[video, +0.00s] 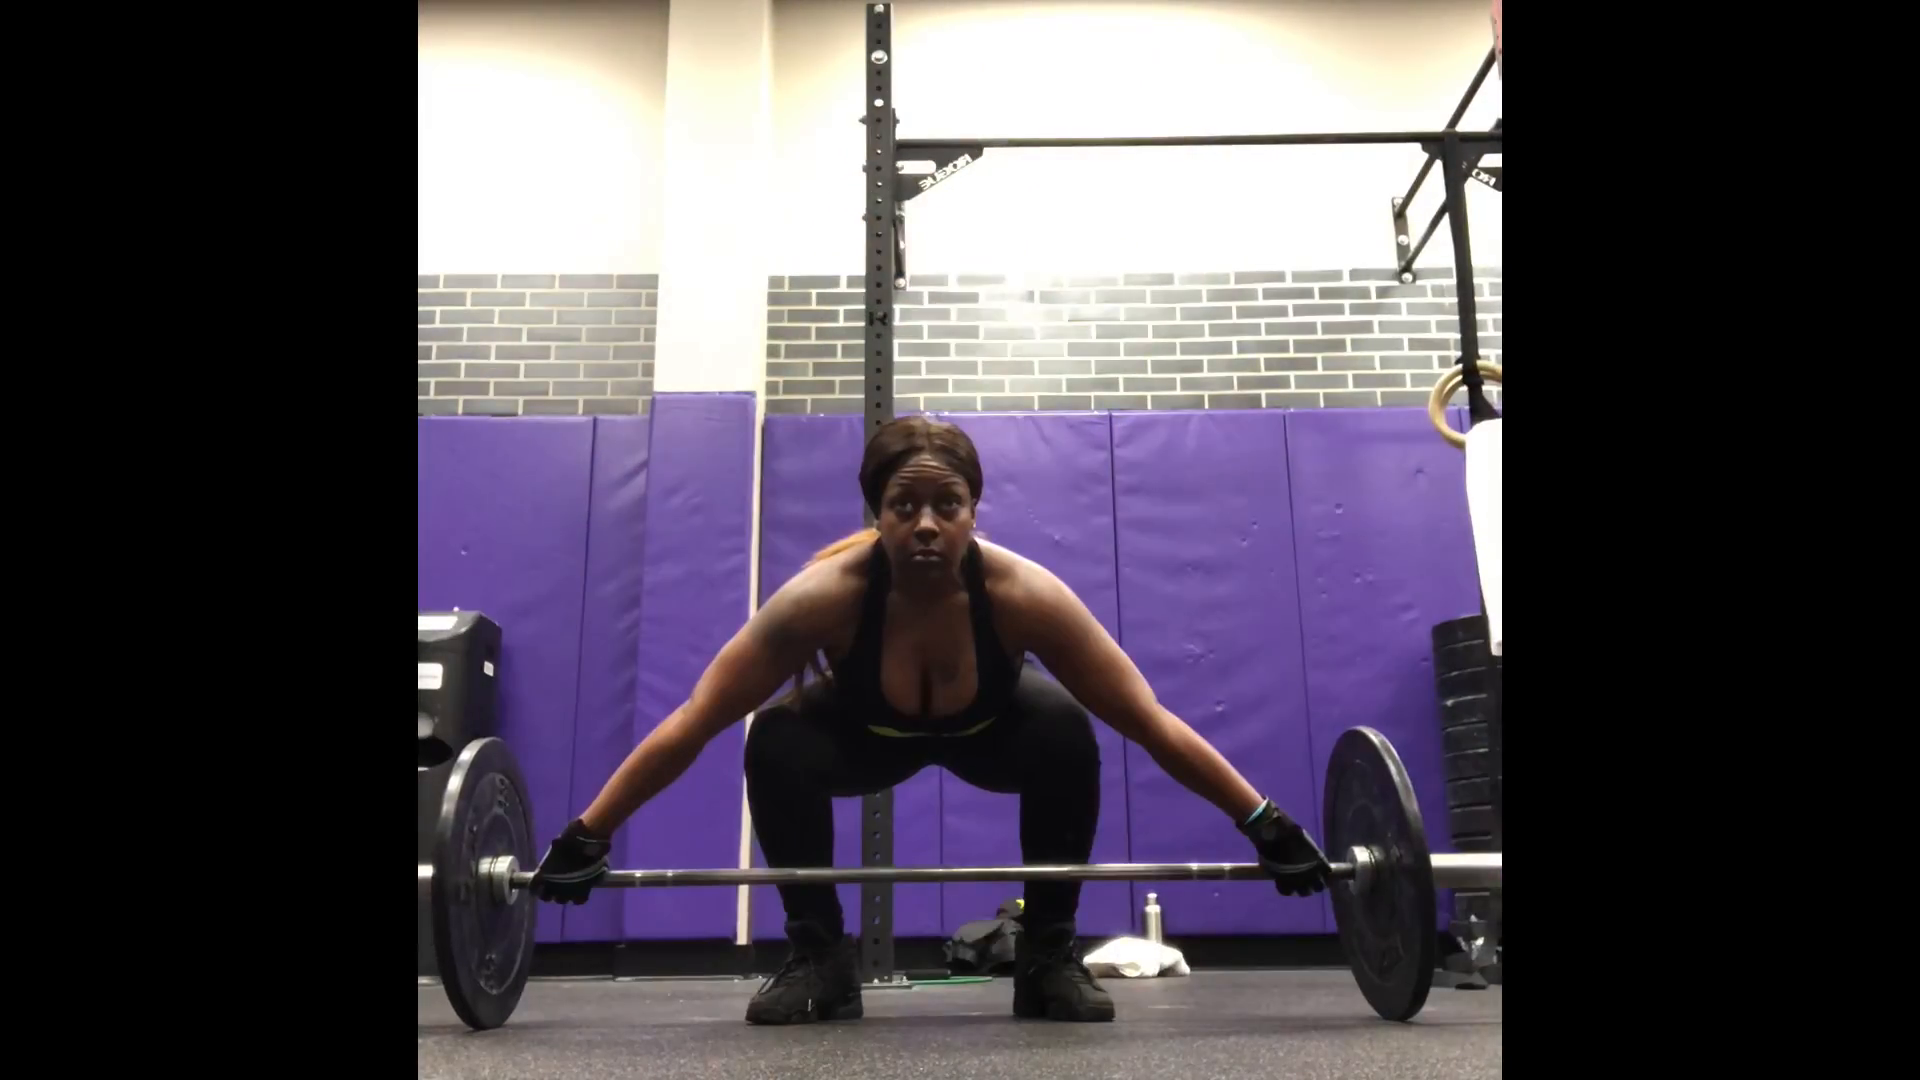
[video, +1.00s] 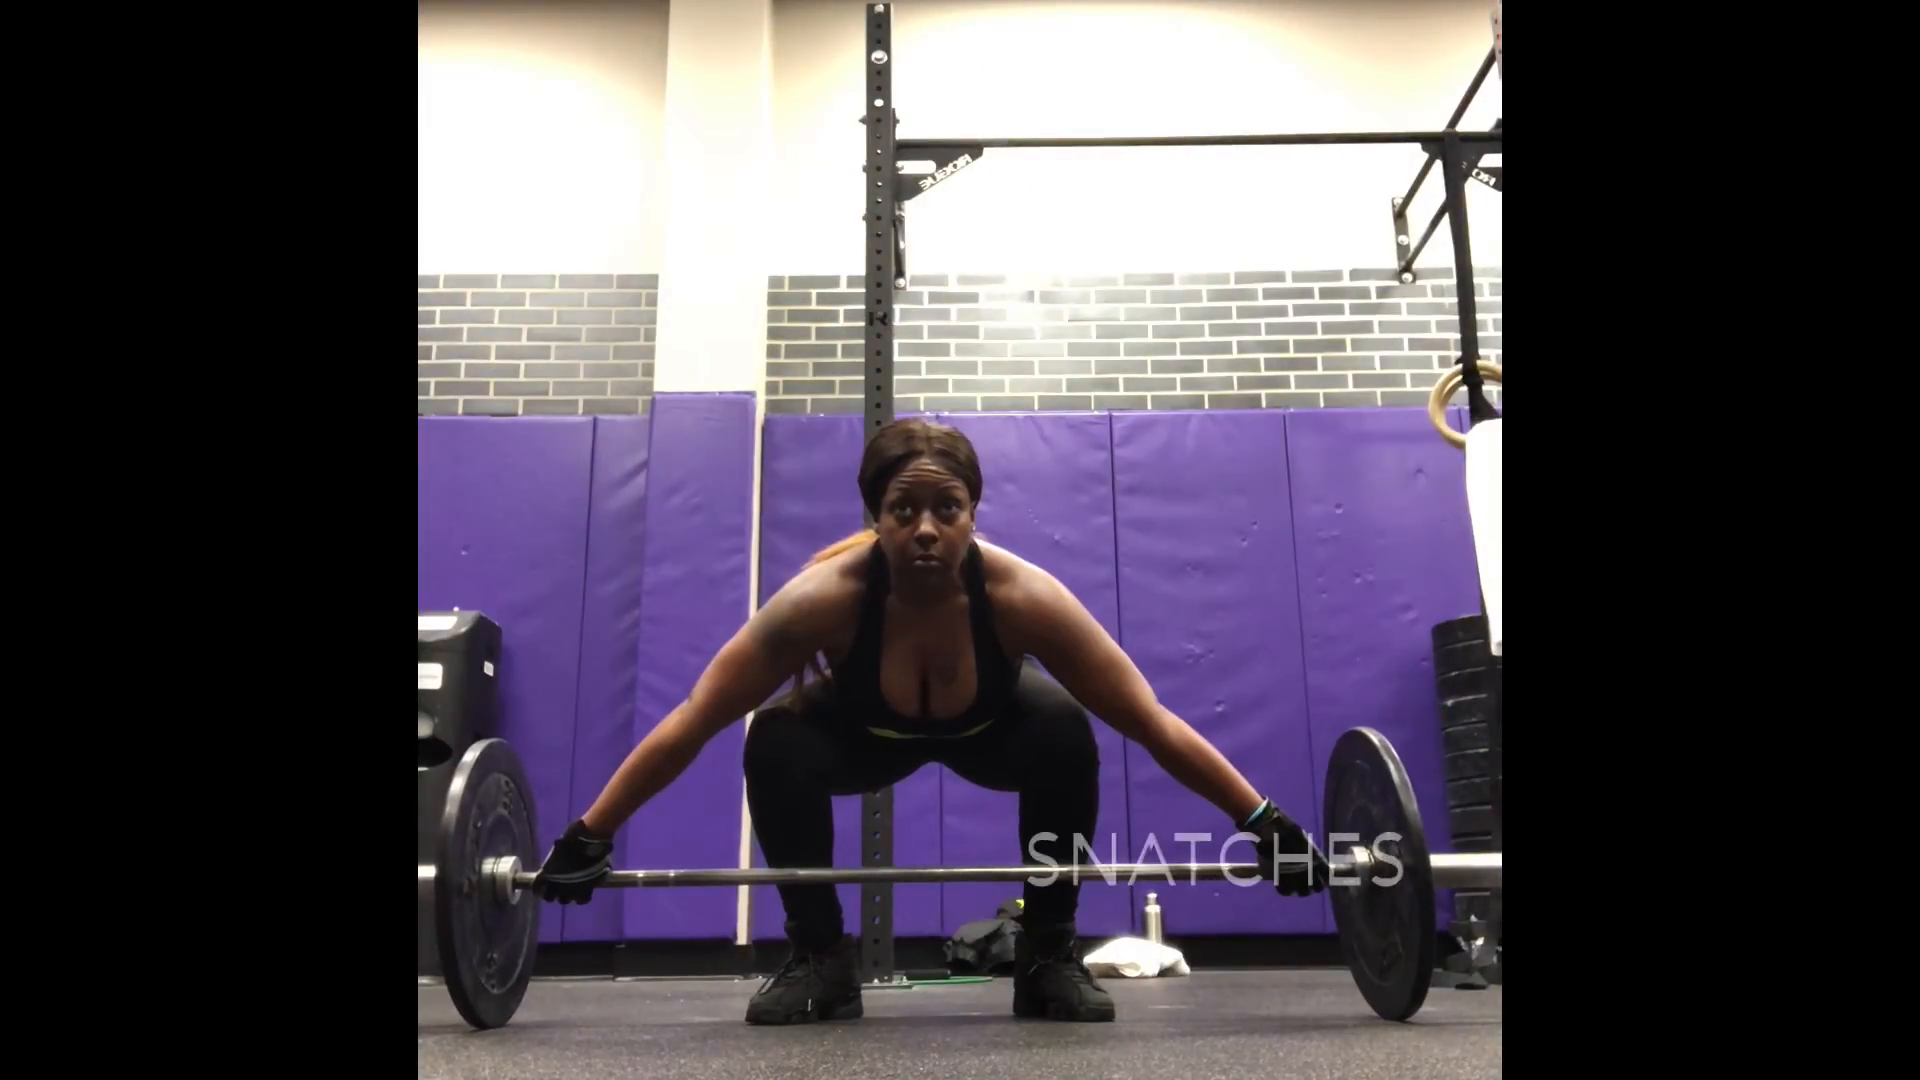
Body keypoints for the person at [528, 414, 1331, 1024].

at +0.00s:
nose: (928, 522)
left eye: (946, 503)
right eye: (908, 505)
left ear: (973, 510)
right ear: (877, 514)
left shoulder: (1025, 594)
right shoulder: (823, 595)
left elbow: (1151, 724)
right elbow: (696, 724)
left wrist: (1263, 821)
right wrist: (585, 834)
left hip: (985, 731)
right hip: (865, 735)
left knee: (1065, 736)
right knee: (777, 746)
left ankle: (1049, 961)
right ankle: (819, 961)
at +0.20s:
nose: (928, 523)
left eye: (945, 504)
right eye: (908, 505)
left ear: (973, 510)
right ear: (877, 514)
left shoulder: (1026, 594)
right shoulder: (824, 594)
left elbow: (1151, 724)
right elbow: (698, 722)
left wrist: (1263, 821)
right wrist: (585, 834)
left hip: (986, 731)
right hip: (866, 735)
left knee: (1065, 735)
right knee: (777, 747)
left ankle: (1049, 961)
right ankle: (820, 962)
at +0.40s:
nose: (928, 523)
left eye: (945, 504)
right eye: (908, 506)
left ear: (973, 510)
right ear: (877, 515)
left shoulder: (1025, 595)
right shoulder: (822, 595)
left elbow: (1150, 724)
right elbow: (697, 723)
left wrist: (1263, 821)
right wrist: (585, 834)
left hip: (984, 732)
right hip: (864, 735)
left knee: (1065, 734)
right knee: (776, 746)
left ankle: (1049, 962)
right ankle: (820, 960)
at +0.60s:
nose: (926, 525)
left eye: (944, 506)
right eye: (906, 508)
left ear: (973, 514)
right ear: (877, 518)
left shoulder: (1024, 596)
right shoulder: (822, 596)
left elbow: (1150, 724)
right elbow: (696, 724)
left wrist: (1263, 821)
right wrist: (586, 834)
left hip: (985, 730)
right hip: (865, 734)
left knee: (1065, 734)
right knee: (776, 747)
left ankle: (1048, 962)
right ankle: (820, 962)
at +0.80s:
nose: (927, 526)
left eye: (945, 507)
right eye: (907, 509)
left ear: (973, 514)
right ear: (876, 519)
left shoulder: (1024, 596)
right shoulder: (822, 597)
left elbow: (1152, 725)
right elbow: (698, 722)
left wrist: (1264, 821)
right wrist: (588, 834)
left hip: (985, 730)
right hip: (866, 733)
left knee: (1065, 735)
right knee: (777, 746)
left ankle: (1048, 962)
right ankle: (819, 962)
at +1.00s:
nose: (927, 526)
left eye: (945, 507)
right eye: (907, 509)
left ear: (973, 514)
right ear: (877, 518)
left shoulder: (1023, 596)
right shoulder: (823, 596)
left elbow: (1152, 725)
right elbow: (696, 721)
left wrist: (1263, 820)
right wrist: (588, 834)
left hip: (985, 730)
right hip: (867, 733)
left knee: (1065, 734)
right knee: (777, 745)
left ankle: (1049, 963)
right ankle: (820, 961)